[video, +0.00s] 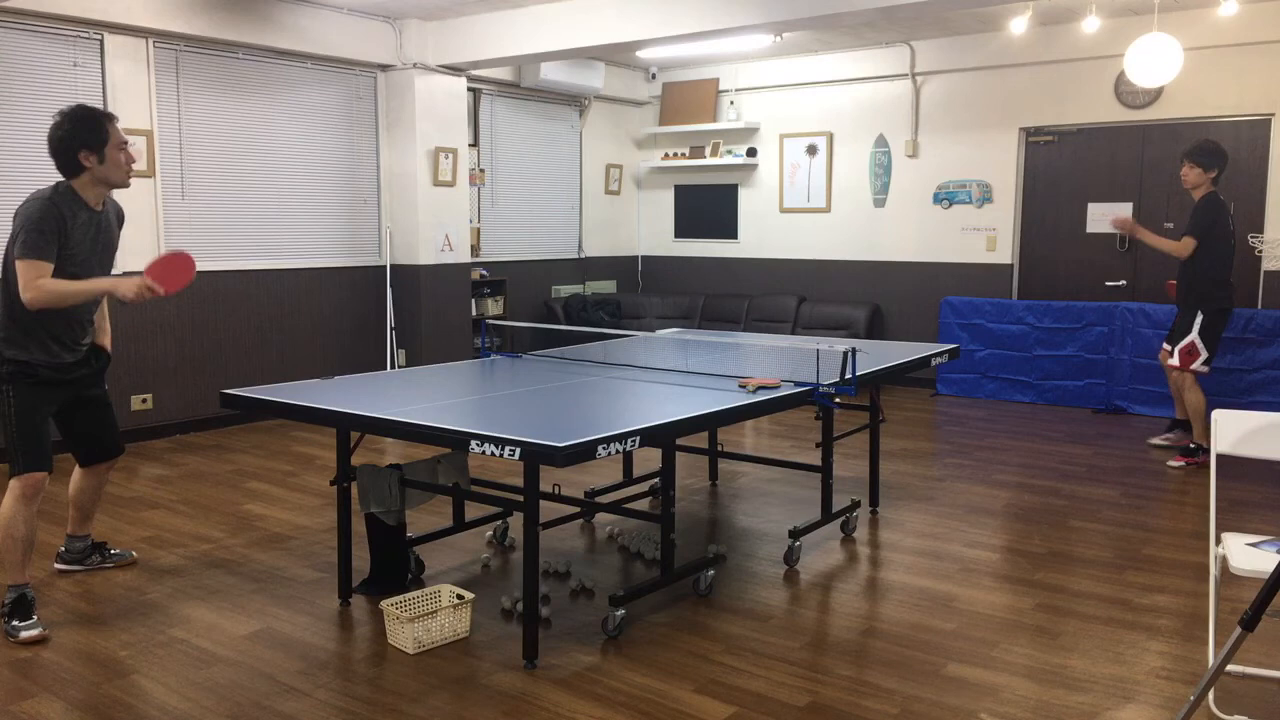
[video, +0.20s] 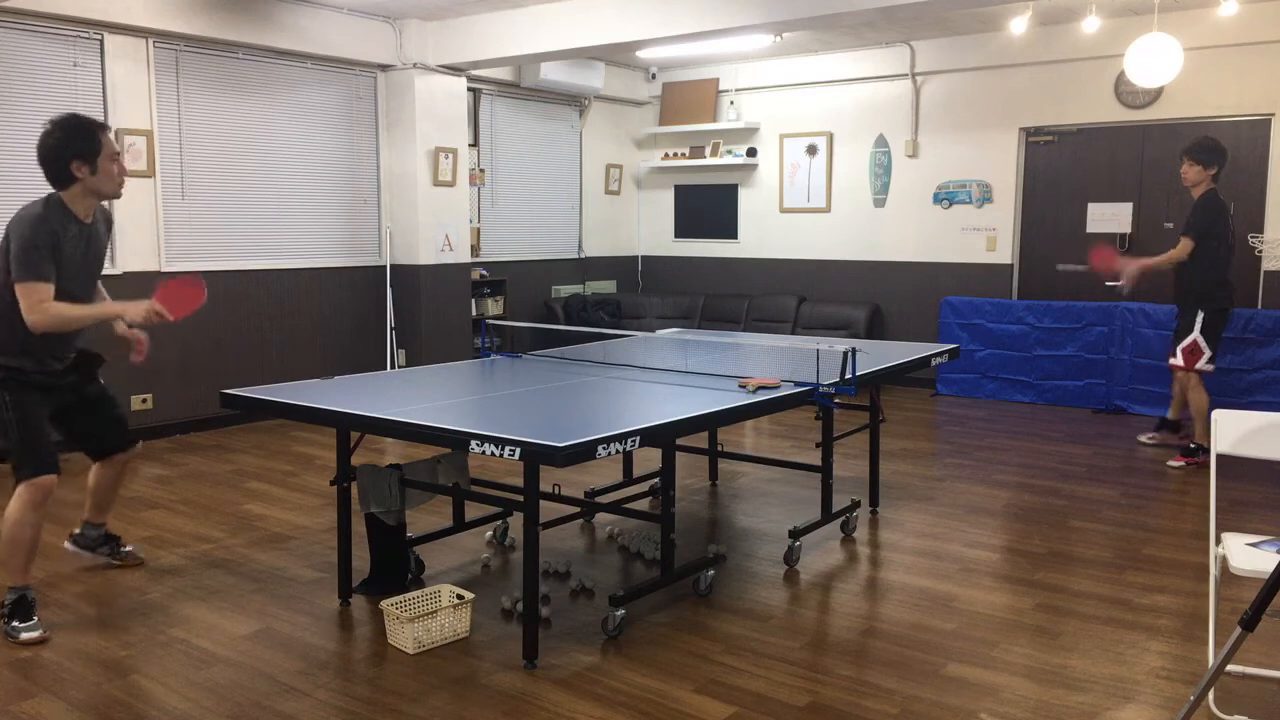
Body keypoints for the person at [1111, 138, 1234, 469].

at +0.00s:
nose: (1183, 172)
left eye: (1191, 167)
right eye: (1183, 166)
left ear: (1211, 173)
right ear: (1188, 170)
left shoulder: (1210, 205)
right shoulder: (1209, 204)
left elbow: (1184, 250)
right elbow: (1211, 258)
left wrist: (1137, 231)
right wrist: (1186, 287)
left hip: (1209, 303)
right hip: (1196, 300)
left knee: (1183, 371)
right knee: (1168, 357)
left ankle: (1202, 447)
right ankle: (1183, 427)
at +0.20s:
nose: (1183, 170)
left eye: (1190, 165)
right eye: (1183, 164)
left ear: (1209, 170)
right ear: (1198, 171)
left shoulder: (1208, 204)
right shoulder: (1209, 203)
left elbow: (1181, 252)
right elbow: (1188, 254)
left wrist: (1138, 264)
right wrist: (1147, 265)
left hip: (1206, 302)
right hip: (1197, 299)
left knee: (1190, 373)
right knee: (1180, 366)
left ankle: (1201, 446)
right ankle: (1173, 425)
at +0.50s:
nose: (1179, 171)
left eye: (1188, 166)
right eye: (1177, 165)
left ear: (1205, 172)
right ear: (1175, 170)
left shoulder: (1216, 208)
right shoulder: (1175, 213)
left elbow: (1220, 255)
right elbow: (1149, 245)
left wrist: (1170, 278)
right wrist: (1139, 230)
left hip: (1207, 302)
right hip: (1178, 300)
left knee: (1192, 372)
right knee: (1158, 363)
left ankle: (1202, 445)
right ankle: (1170, 421)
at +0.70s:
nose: (1171, 183)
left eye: (1180, 178)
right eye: (1169, 177)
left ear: (1195, 184)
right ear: (1165, 181)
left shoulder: (1214, 218)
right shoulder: (1156, 220)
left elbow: (1234, 257)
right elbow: (1154, 256)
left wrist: (1200, 275)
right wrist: (1148, 263)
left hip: (1200, 308)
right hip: (1164, 306)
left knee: (1198, 372)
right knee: (1151, 369)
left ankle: (1203, 443)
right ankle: (1154, 423)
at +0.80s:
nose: (1170, 184)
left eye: (1178, 179)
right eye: (1167, 178)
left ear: (1194, 185)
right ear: (1163, 183)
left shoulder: (1213, 218)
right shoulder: (1153, 220)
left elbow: (1235, 254)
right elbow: (1143, 255)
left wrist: (1209, 273)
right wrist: (1149, 269)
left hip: (1202, 304)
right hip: (1165, 303)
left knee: (1206, 368)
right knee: (1153, 367)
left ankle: (1214, 435)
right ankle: (1154, 423)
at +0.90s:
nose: (1173, 185)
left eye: (1180, 180)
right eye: (1170, 179)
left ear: (1197, 185)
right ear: (1165, 183)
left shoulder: (1214, 217)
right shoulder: (1155, 219)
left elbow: (1237, 249)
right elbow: (1144, 248)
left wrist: (1214, 272)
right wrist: (1151, 269)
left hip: (1204, 301)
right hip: (1166, 300)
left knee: (1215, 364)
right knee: (1156, 365)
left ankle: (1223, 427)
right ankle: (1154, 423)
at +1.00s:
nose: (1178, 188)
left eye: (1186, 183)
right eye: (1176, 182)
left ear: (1202, 188)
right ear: (1171, 186)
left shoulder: (1218, 219)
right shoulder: (1158, 221)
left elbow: (1242, 248)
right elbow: (1146, 249)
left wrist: (1220, 273)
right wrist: (1153, 270)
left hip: (1207, 301)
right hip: (1167, 301)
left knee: (1223, 364)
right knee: (1157, 364)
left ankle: (1227, 426)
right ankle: (1154, 423)